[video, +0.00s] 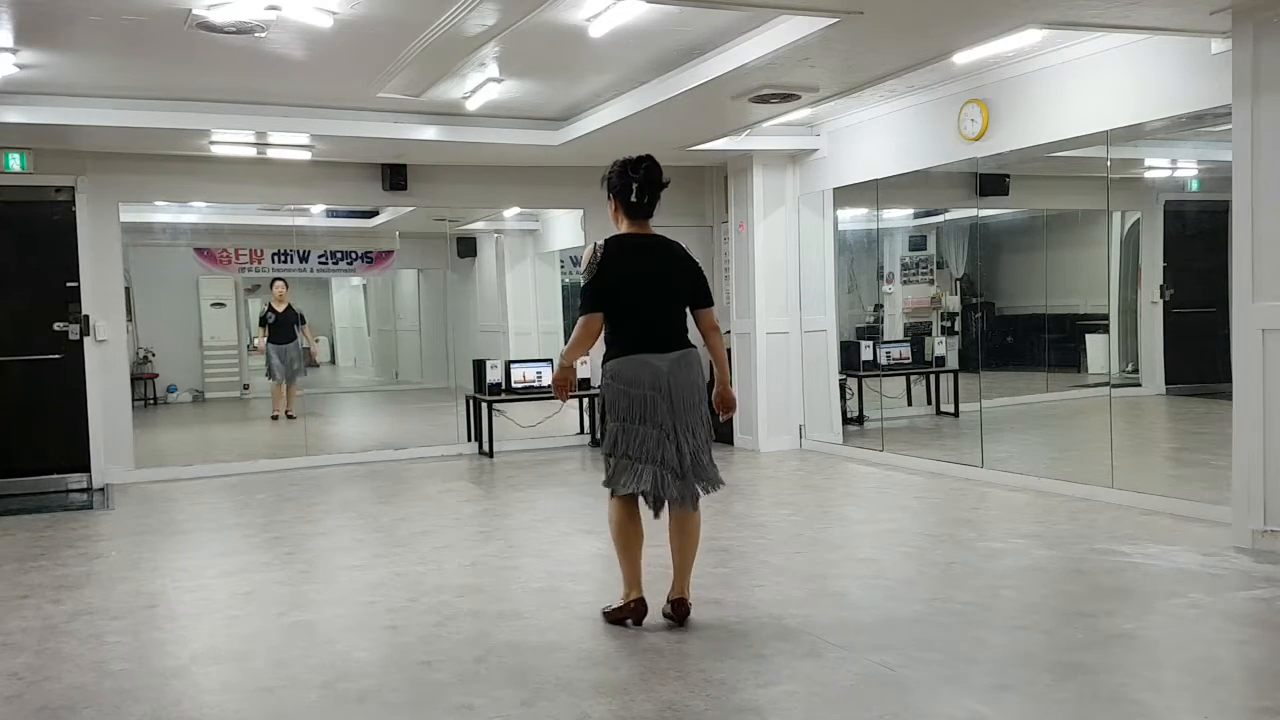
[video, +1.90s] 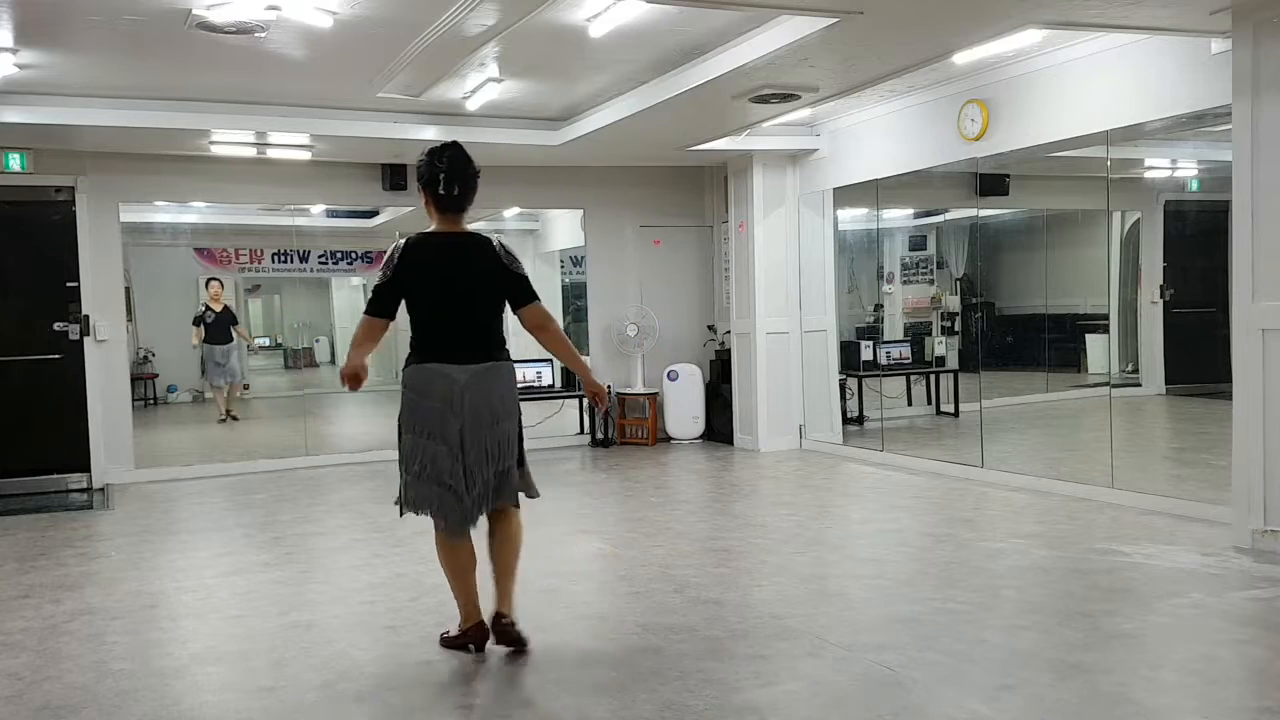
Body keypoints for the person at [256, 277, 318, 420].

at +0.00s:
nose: (280, 291)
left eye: (282, 288)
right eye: (277, 288)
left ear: (287, 290)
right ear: (272, 291)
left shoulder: (295, 309)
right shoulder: (266, 310)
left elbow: (304, 328)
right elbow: (262, 328)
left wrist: (312, 345)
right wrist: (261, 341)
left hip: (292, 346)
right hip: (274, 347)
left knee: (291, 380)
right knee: (277, 379)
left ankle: (290, 409)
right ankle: (276, 409)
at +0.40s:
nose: (266, 289)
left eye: (269, 287)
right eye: (263, 287)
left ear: (273, 290)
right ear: (258, 290)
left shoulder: (278, 309)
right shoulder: (253, 308)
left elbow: (289, 327)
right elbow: (246, 325)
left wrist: (302, 342)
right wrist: (240, 336)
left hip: (276, 347)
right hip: (258, 348)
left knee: (283, 379)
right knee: (256, 380)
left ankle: (288, 409)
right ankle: (254, 410)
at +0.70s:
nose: (256, 290)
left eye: (258, 287)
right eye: (252, 287)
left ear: (262, 290)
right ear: (247, 290)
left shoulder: (267, 309)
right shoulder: (241, 308)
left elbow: (277, 328)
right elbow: (234, 327)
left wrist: (289, 343)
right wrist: (232, 336)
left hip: (265, 347)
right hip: (247, 347)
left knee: (267, 379)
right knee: (250, 381)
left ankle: (267, 409)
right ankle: (253, 410)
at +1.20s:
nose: (245, 289)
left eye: (248, 286)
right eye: (242, 287)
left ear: (252, 289)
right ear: (236, 290)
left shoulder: (257, 308)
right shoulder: (232, 308)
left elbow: (268, 327)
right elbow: (225, 327)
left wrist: (282, 339)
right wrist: (221, 336)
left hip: (256, 347)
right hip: (238, 347)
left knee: (261, 380)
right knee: (238, 379)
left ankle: (261, 411)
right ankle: (235, 410)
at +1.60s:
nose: (226, 290)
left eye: (229, 287)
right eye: (223, 287)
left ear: (233, 289)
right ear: (218, 290)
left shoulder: (237, 308)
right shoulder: (212, 308)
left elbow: (248, 327)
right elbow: (205, 325)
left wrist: (261, 338)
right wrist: (204, 330)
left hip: (237, 347)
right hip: (219, 348)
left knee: (248, 378)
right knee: (221, 382)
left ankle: (260, 409)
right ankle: (223, 413)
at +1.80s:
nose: (219, 290)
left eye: (222, 287)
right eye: (215, 287)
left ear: (226, 290)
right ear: (210, 290)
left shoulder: (230, 308)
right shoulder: (207, 308)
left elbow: (240, 328)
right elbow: (198, 325)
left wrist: (253, 342)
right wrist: (200, 333)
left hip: (232, 346)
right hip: (214, 348)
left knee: (240, 378)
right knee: (218, 383)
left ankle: (245, 409)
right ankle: (223, 412)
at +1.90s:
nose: (216, 290)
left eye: (218, 287)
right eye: (212, 288)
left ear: (222, 290)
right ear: (207, 291)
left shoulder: (227, 308)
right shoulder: (203, 308)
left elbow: (238, 328)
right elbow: (196, 326)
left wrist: (250, 341)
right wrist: (195, 339)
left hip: (229, 347)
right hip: (211, 348)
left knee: (236, 378)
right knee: (216, 382)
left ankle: (230, 408)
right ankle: (222, 412)